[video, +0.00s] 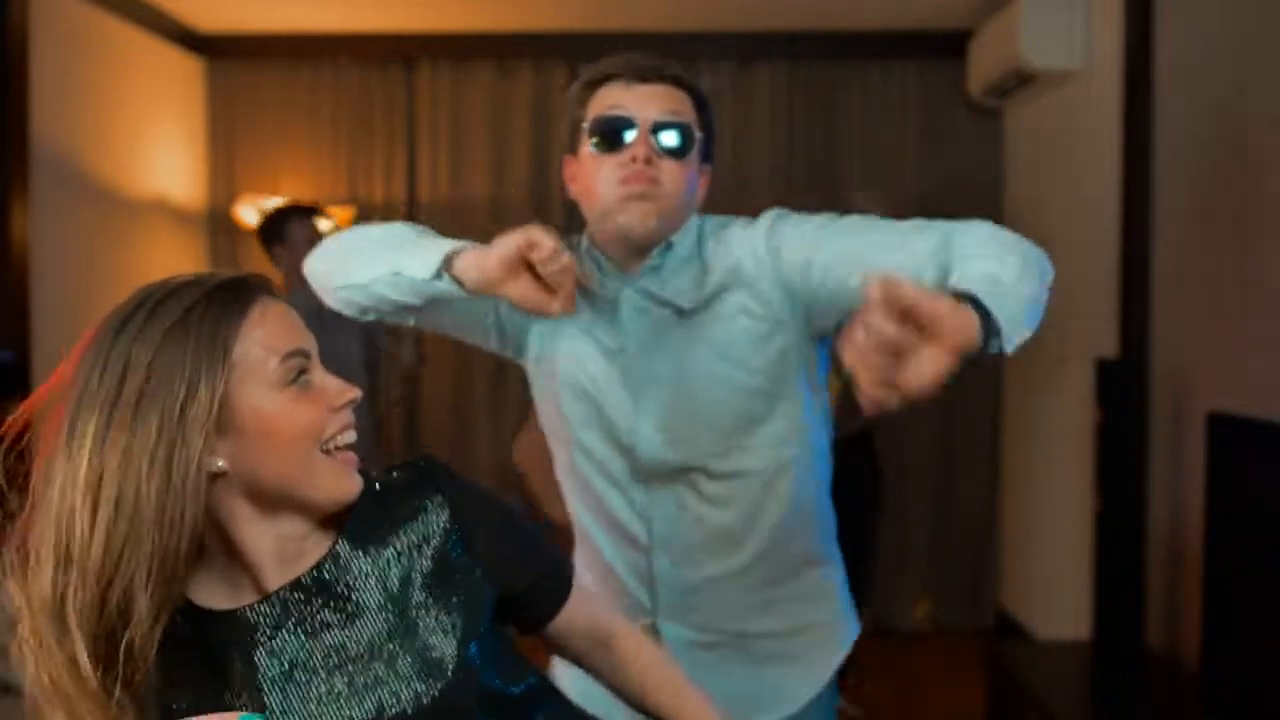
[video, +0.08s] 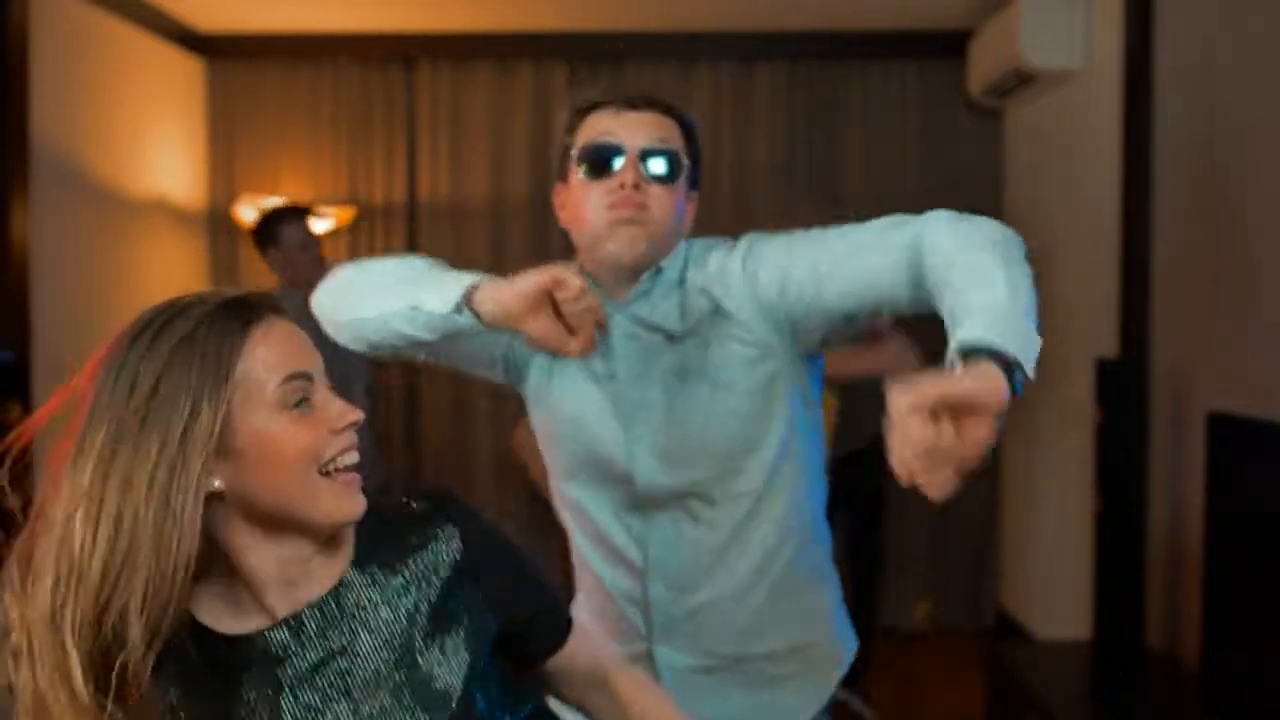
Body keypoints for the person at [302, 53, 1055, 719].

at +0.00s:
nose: (642, 154)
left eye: (671, 139)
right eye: (613, 135)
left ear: (703, 182)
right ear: (573, 178)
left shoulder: (773, 260)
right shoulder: (535, 294)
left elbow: (1005, 255)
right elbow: (330, 266)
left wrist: (963, 316)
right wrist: (464, 267)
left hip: (782, 680)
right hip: (614, 677)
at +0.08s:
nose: (630, 180)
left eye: (658, 165)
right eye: (601, 162)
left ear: (691, 210)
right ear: (563, 206)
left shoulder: (751, 285)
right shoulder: (530, 324)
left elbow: (964, 241)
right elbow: (336, 301)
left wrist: (986, 364)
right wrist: (481, 301)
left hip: (779, 688)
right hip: (617, 687)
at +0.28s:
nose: (625, 257)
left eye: (653, 243)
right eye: (597, 242)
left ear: (686, 283)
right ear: (561, 285)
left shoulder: (749, 363)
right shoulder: (530, 411)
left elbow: (921, 340)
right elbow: (345, 401)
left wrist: (992, 435)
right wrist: (496, 392)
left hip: (765, 704)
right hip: (607, 710)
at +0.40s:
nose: (635, 258)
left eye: (662, 244)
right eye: (607, 244)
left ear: (694, 285)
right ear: (573, 287)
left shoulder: (766, 374)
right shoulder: (533, 402)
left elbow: (975, 414)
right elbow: (354, 393)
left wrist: (937, 405)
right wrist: (447, 378)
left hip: (766, 705)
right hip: (609, 710)